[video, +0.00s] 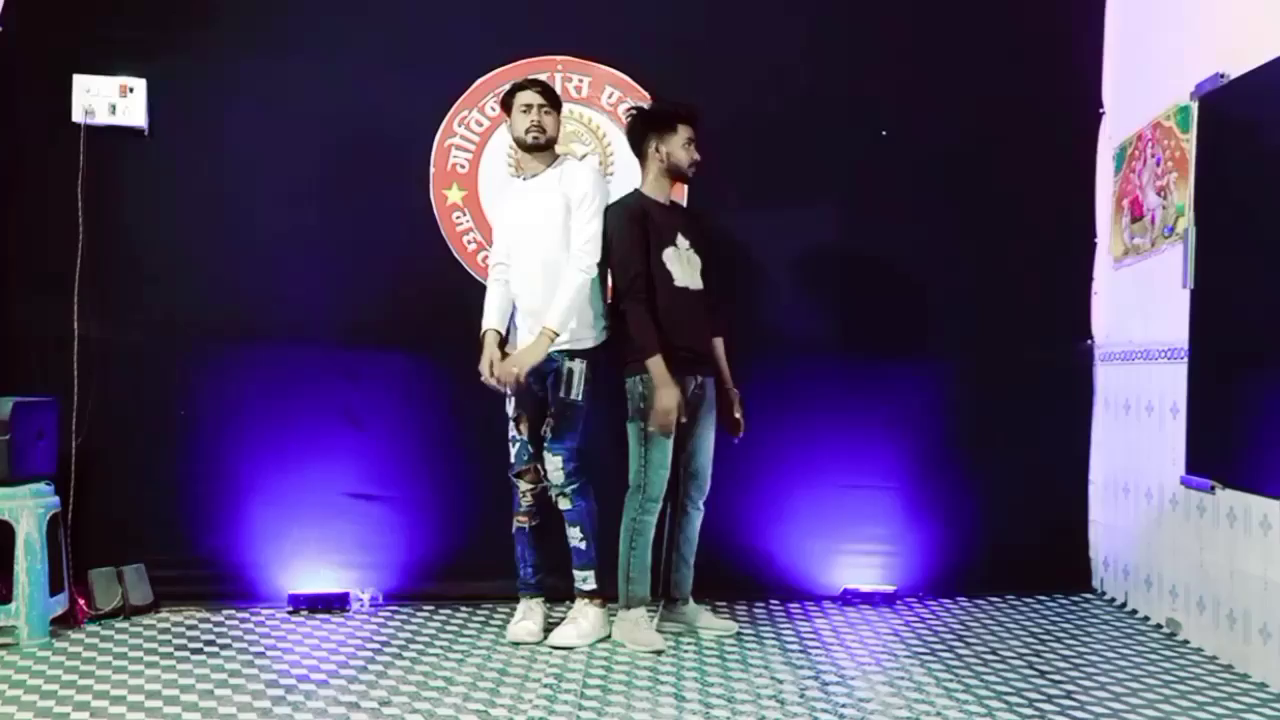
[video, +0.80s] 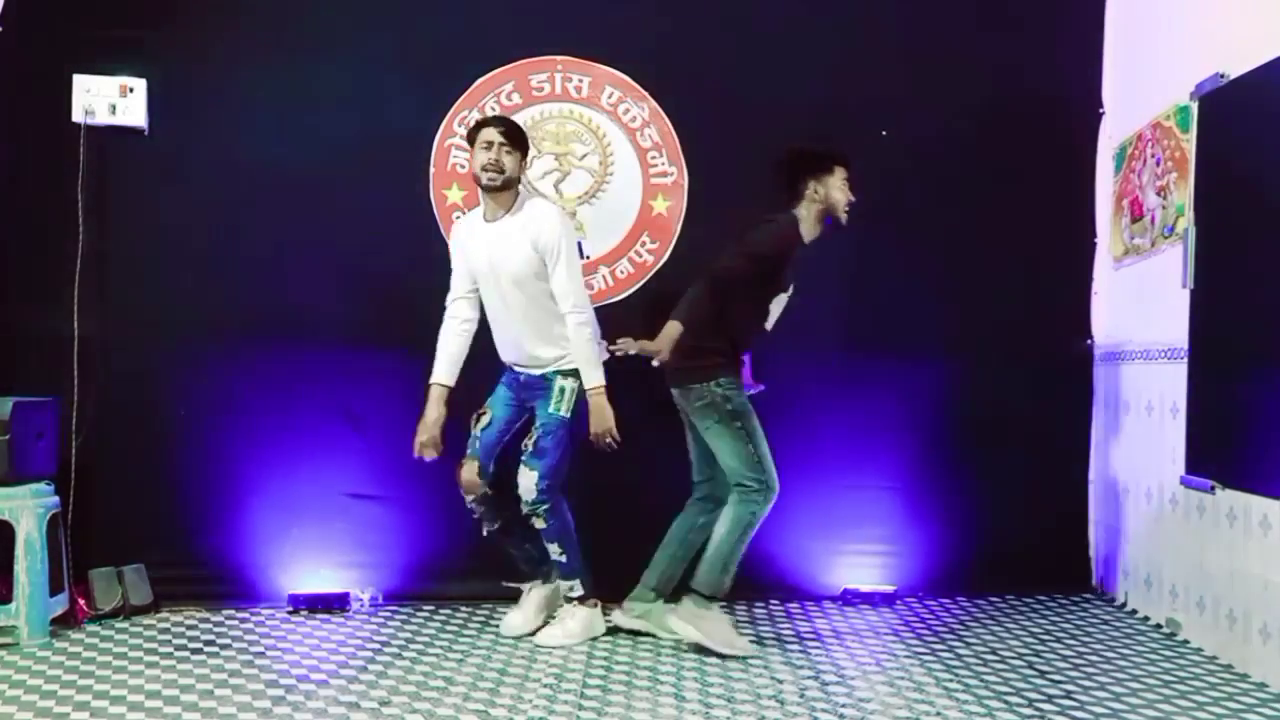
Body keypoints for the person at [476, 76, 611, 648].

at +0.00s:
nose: (535, 118)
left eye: (545, 110)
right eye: (524, 110)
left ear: (559, 121)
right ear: (508, 121)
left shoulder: (581, 175)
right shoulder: (506, 188)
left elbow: (586, 264)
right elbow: (501, 265)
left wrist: (541, 341)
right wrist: (491, 337)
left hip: (572, 343)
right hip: (520, 345)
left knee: (562, 468)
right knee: (524, 474)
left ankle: (589, 602)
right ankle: (530, 599)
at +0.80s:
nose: (494, 156)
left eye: (506, 148)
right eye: (485, 147)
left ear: (523, 161)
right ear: (470, 159)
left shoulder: (548, 220)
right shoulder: (466, 231)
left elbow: (579, 311)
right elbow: (460, 314)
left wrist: (597, 394)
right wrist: (437, 399)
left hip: (564, 374)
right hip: (514, 375)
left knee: (535, 485)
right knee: (476, 479)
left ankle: (583, 601)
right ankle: (540, 580)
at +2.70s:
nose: (383, 106)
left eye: (384, 98)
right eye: (372, 94)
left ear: (363, 110)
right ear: (332, 99)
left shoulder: (367, 199)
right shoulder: (287, 144)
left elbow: (416, 277)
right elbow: (214, 111)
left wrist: (415, 206)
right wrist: (281, 95)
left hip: (348, 350)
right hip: (281, 342)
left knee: (349, 490)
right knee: (259, 486)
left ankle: (303, 628)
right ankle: (191, 615)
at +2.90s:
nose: (409, 86)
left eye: (408, 78)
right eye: (395, 76)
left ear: (385, 93)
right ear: (360, 87)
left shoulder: (398, 177)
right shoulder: (325, 131)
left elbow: (454, 245)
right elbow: (237, 165)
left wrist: (443, 177)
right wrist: (275, 97)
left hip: (384, 339)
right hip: (333, 332)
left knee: (357, 481)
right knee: (374, 473)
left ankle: (304, 625)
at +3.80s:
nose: (595, 97)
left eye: (590, 89)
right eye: (582, 91)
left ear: (569, 109)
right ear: (555, 111)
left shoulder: (596, 173)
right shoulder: (546, 173)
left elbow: (619, 225)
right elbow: (548, 247)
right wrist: (635, 237)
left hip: (612, 350)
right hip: (578, 355)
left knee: (610, 482)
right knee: (602, 482)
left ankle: (598, 610)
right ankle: (589, 616)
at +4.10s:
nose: (630, 118)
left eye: (630, 108)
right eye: (624, 107)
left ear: (595, 108)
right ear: (595, 107)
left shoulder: (610, 174)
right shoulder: (563, 172)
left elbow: (619, 260)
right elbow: (564, 251)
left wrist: (640, 347)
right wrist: (626, 208)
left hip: (624, 352)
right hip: (595, 353)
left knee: (607, 484)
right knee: (595, 485)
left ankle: (599, 609)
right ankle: (588, 615)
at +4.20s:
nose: (640, 122)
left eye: (641, 112)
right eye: (634, 110)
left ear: (605, 112)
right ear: (602, 110)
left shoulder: (622, 178)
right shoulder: (567, 172)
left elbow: (621, 261)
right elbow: (552, 251)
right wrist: (630, 248)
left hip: (630, 350)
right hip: (597, 352)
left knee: (611, 482)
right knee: (598, 482)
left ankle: (598, 608)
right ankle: (588, 615)